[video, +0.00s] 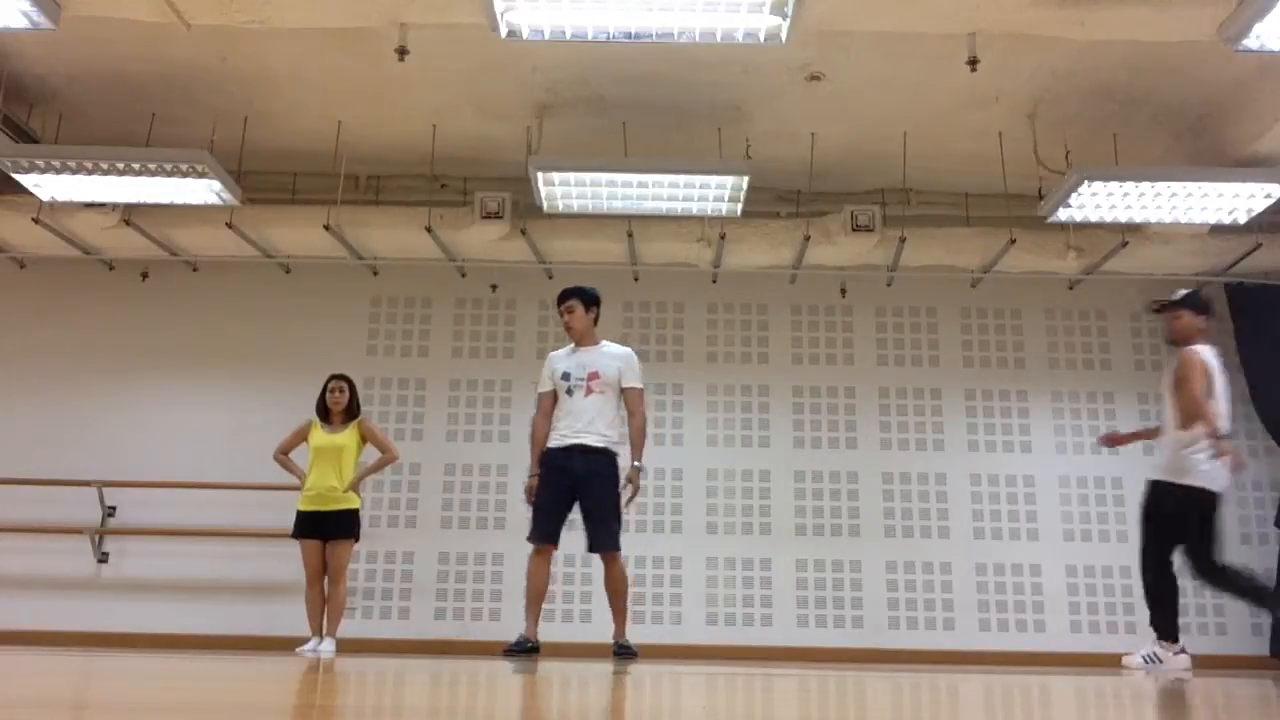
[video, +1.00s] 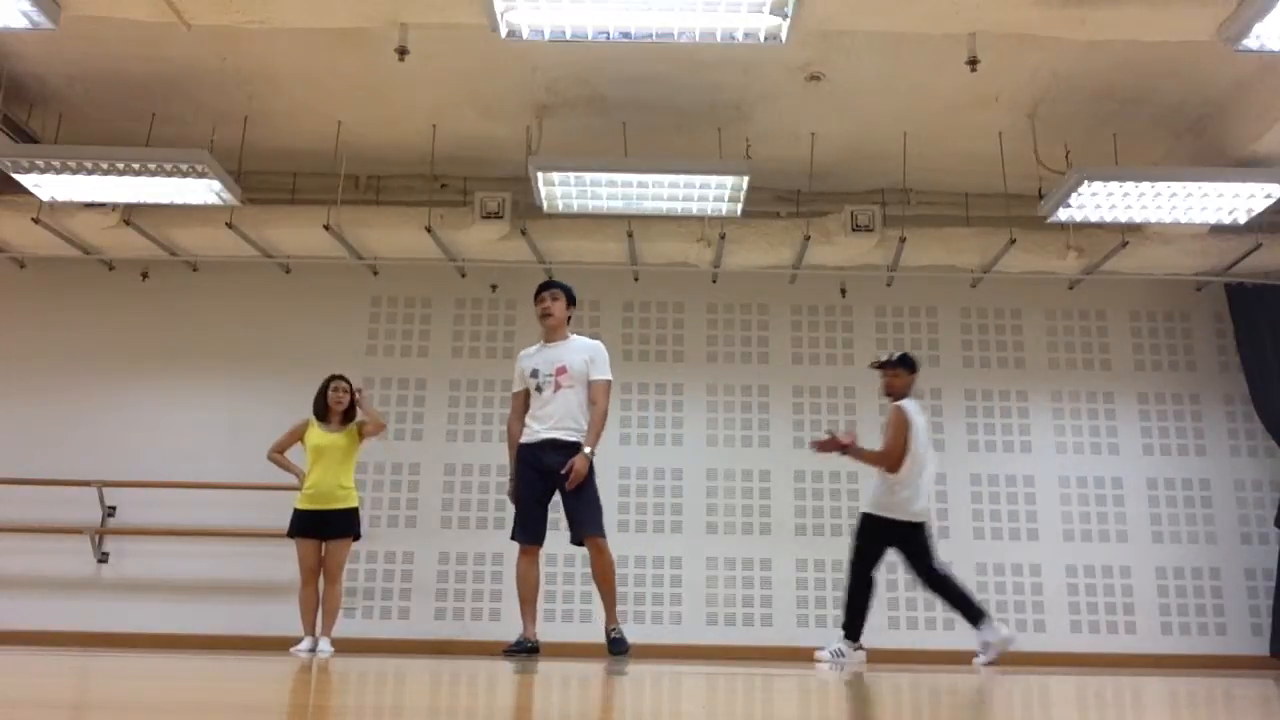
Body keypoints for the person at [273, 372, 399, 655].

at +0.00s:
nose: (336, 395)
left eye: (341, 391)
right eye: (331, 391)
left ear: (350, 396)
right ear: (324, 396)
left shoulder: (360, 426)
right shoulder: (312, 426)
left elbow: (392, 454)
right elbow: (279, 454)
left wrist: (359, 477)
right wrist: (301, 475)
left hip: (343, 506)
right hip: (310, 506)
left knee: (337, 577)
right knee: (313, 578)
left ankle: (330, 638)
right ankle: (315, 637)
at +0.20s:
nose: (336, 396)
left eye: (342, 392)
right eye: (332, 392)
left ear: (351, 397)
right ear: (325, 397)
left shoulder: (361, 427)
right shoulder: (313, 427)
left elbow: (392, 453)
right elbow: (278, 453)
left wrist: (358, 468)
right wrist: (302, 474)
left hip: (342, 508)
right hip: (310, 507)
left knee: (334, 577)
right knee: (311, 578)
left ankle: (328, 638)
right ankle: (314, 637)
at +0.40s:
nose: (337, 396)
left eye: (343, 392)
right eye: (333, 391)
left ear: (352, 398)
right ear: (325, 397)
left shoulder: (360, 429)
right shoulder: (314, 426)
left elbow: (386, 446)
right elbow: (282, 453)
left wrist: (360, 418)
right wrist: (303, 472)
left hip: (344, 508)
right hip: (310, 506)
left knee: (336, 578)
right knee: (308, 578)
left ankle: (329, 637)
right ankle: (309, 636)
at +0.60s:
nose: (338, 396)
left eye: (343, 392)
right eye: (333, 391)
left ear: (351, 398)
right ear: (325, 396)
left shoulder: (358, 427)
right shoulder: (313, 426)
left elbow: (375, 431)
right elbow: (281, 453)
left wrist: (362, 404)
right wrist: (302, 472)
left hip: (343, 506)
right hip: (310, 505)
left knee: (334, 577)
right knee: (309, 576)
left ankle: (328, 638)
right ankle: (308, 636)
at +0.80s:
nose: (338, 396)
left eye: (343, 392)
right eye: (334, 391)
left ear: (351, 399)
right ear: (325, 395)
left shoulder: (356, 428)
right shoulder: (311, 426)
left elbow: (375, 426)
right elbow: (278, 453)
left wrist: (362, 401)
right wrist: (301, 473)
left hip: (342, 505)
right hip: (310, 504)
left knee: (332, 575)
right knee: (309, 575)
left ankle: (326, 637)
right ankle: (309, 636)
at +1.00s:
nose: (339, 395)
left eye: (344, 392)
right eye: (335, 391)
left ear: (350, 399)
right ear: (324, 395)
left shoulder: (355, 429)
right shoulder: (309, 426)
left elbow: (379, 426)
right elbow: (273, 453)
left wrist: (362, 403)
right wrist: (298, 472)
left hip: (342, 506)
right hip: (309, 505)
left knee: (333, 576)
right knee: (309, 575)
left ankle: (325, 638)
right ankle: (308, 636)